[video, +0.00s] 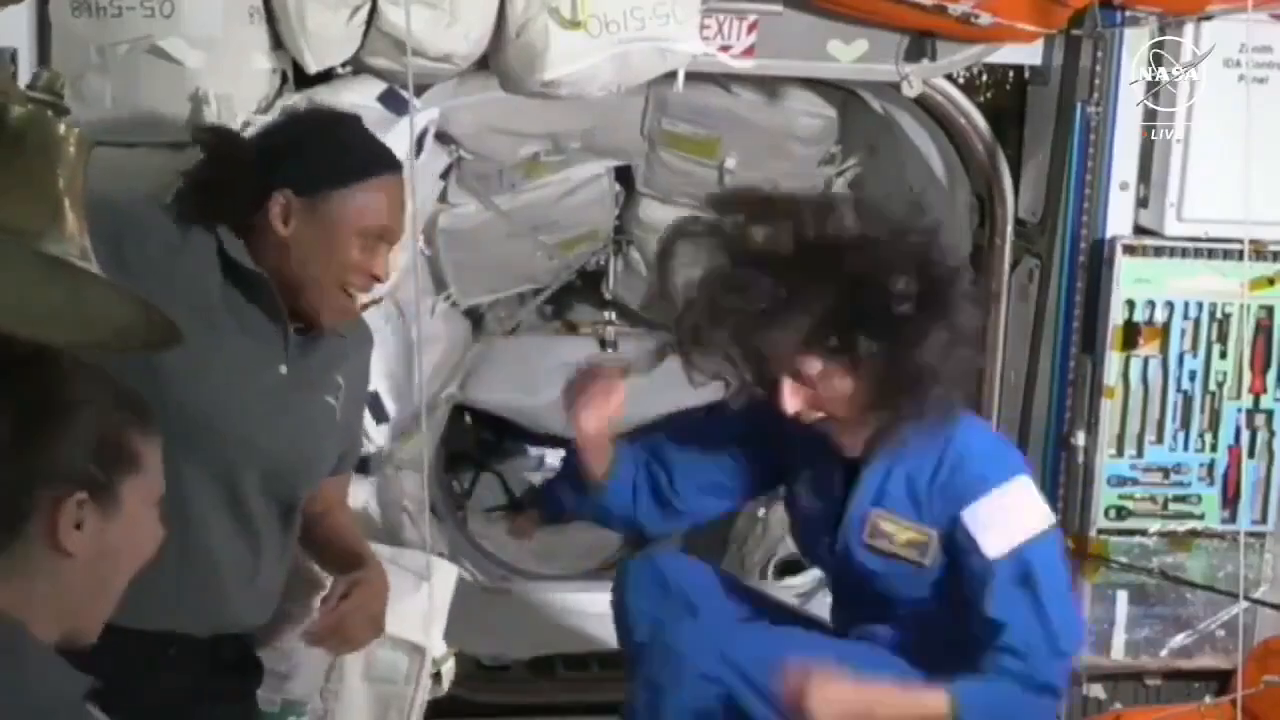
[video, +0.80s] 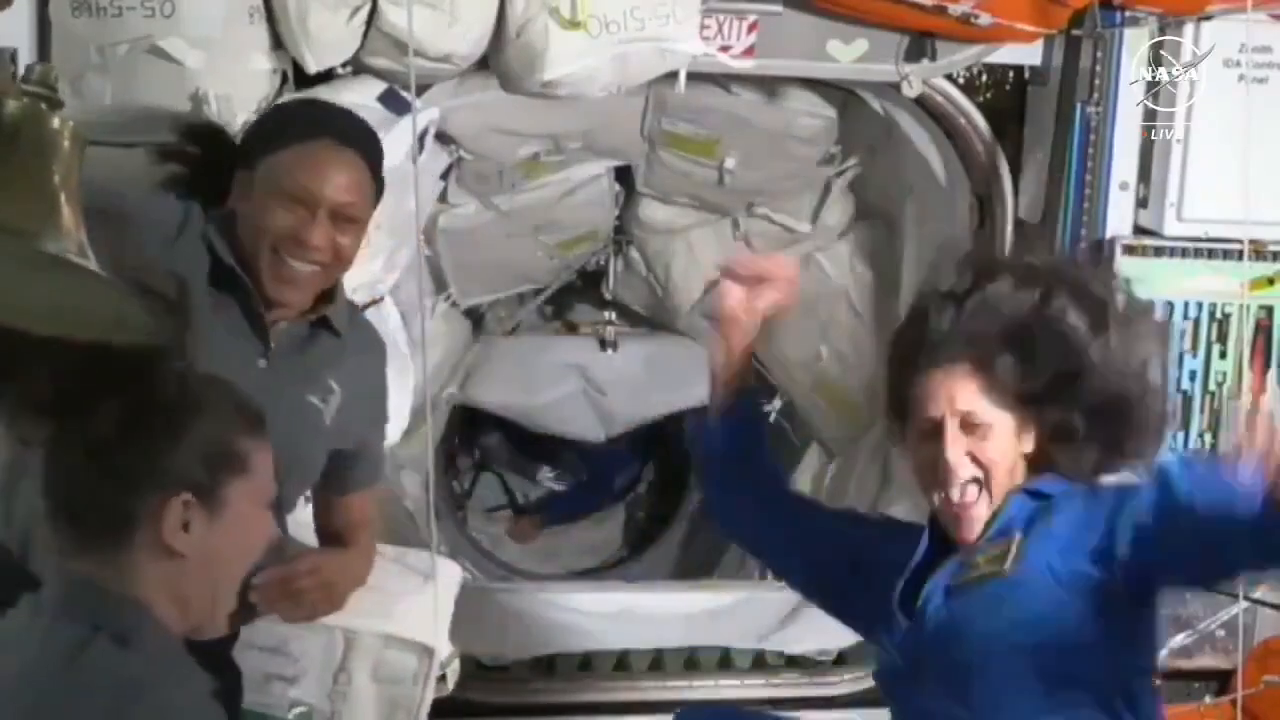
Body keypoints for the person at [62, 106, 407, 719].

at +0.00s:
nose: (383, 272)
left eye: (392, 247)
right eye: (371, 241)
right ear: (285, 214)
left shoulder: (345, 344)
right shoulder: (133, 254)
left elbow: (323, 504)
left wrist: (364, 569)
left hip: (222, 668)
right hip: (84, 648)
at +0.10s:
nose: (367, 263)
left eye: (380, 240)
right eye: (349, 231)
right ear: (262, 205)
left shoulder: (346, 342)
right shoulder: (139, 248)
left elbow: (326, 500)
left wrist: (365, 559)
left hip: (223, 664)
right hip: (86, 645)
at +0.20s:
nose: (322, 247)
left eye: (351, 229)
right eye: (304, 211)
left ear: (370, 239)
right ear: (246, 192)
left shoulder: (349, 345)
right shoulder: (145, 250)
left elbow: (332, 503)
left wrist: (363, 554)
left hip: (222, 654)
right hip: (85, 634)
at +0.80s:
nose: (315, 240)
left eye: (344, 222)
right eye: (295, 205)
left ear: (365, 235)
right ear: (240, 192)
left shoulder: (356, 353)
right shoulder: (163, 239)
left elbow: (351, 517)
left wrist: (349, 566)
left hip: (216, 622)